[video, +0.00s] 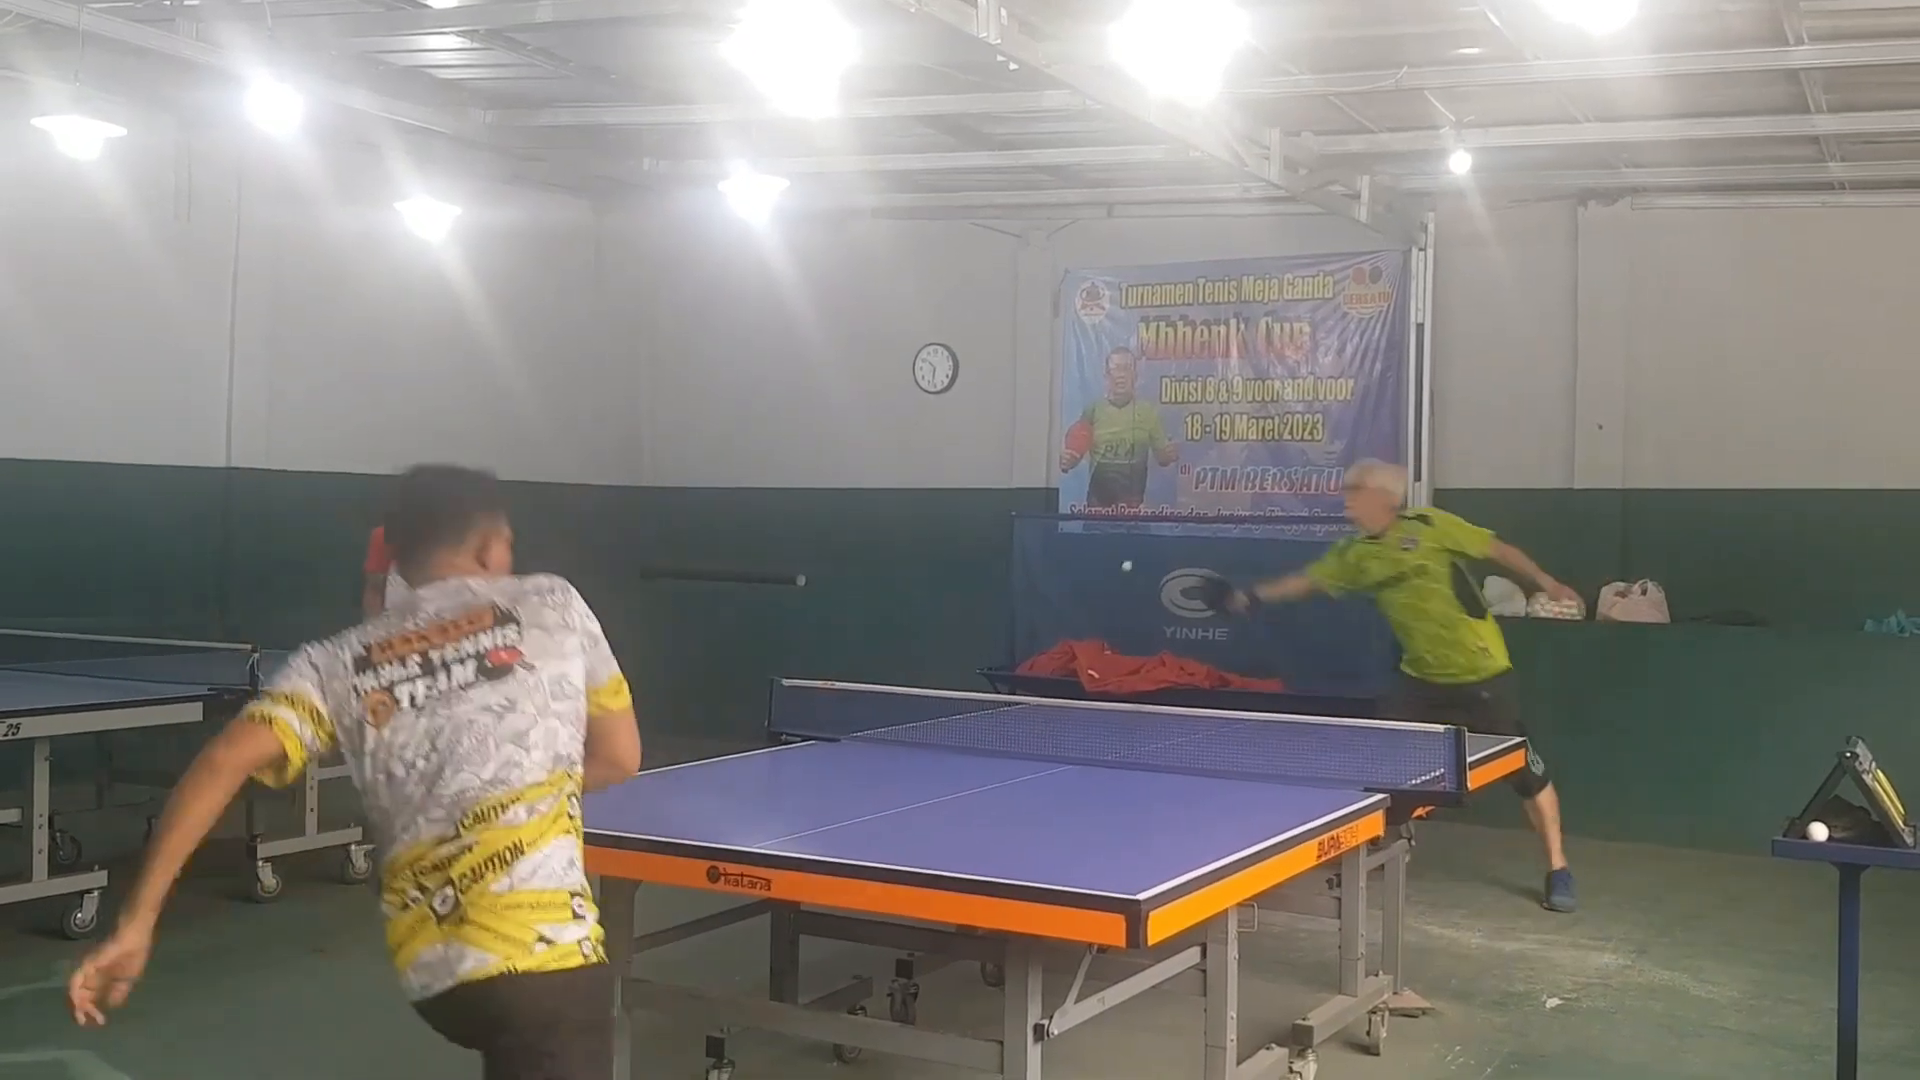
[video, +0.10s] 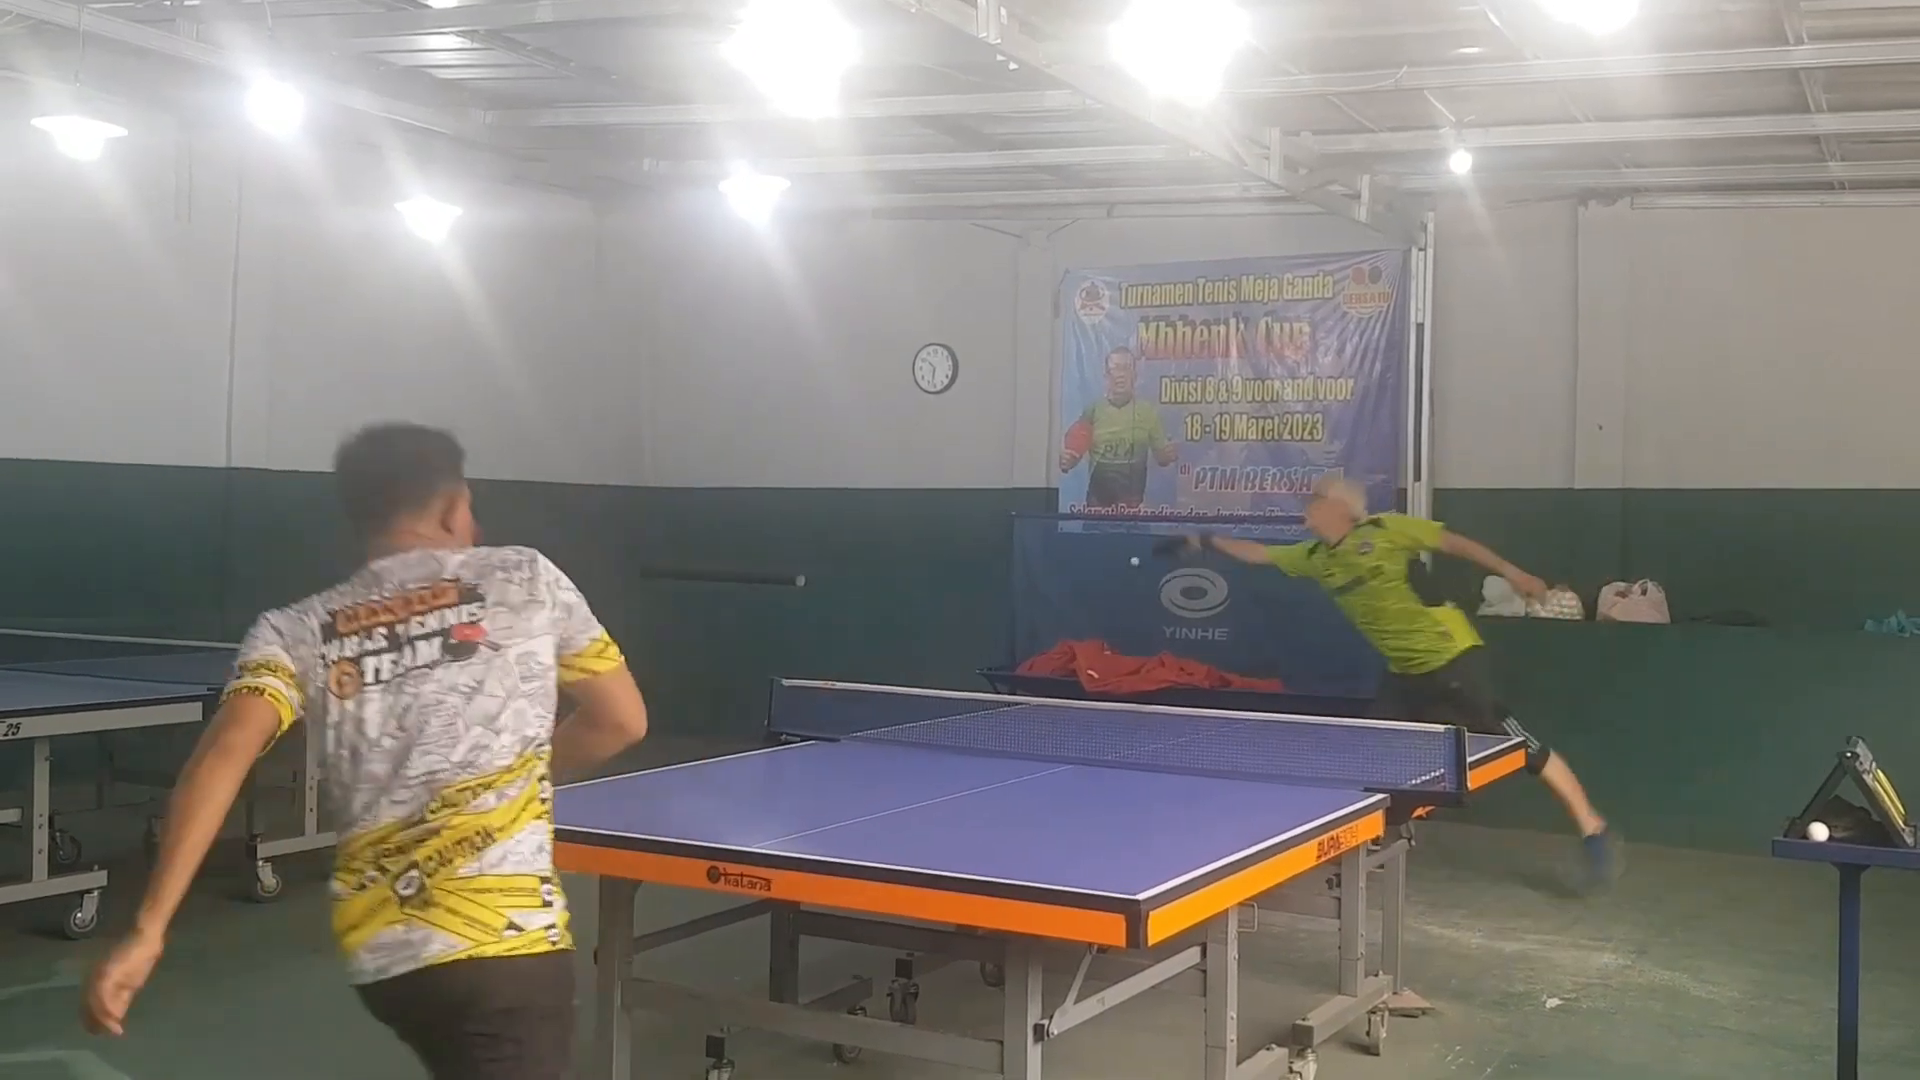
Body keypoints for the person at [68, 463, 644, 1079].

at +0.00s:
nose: (514, 568)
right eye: (510, 552)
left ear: (382, 557)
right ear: (494, 549)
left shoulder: (337, 661)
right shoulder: (552, 603)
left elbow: (225, 758)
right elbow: (618, 756)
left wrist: (136, 921)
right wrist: (524, 784)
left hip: (436, 972)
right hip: (545, 949)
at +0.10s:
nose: (470, 526)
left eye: (467, 513)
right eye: (469, 511)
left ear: (359, 521)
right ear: (454, 511)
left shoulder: (297, 629)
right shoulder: (528, 576)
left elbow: (225, 751)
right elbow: (620, 719)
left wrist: (148, 930)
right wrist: (521, 769)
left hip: (384, 955)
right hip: (508, 945)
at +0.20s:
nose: (423, 491)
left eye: (423, 476)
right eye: (424, 475)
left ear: (306, 489)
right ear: (408, 480)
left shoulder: (231, 613)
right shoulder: (481, 565)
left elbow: (204, 785)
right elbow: (592, 710)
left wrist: (169, 975)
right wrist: (513, 763)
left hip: (322, 968)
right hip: (456, 953)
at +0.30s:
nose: (355, 476)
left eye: (348, 456)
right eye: (350, 457)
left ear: (235, 479)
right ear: (334, 465)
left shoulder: (163, 610)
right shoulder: (408, 561)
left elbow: (135, 805)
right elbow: (525, 709)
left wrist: (152, 946)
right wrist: (449, 757)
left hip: (243, 968)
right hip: (391, 955)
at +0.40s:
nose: (273, 473)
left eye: (267, 456)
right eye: (269, 457)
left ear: (154, 488)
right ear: (257, 469)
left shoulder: (92, 615)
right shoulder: (346, 569)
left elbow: (71, 810)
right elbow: (449, 732)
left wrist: (143, 872)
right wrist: (412, 799)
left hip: (161, 976)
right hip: (318, 963)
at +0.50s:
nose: (227, 466)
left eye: (220, 448)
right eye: (224, 449)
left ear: (108, 483)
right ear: (212, 457)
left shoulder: (43, 606)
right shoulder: (299, 561)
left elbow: (16, 797)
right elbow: (375, 738)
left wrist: (84, 850)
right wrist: (382, 850)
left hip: (106, 973)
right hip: (260, 954)